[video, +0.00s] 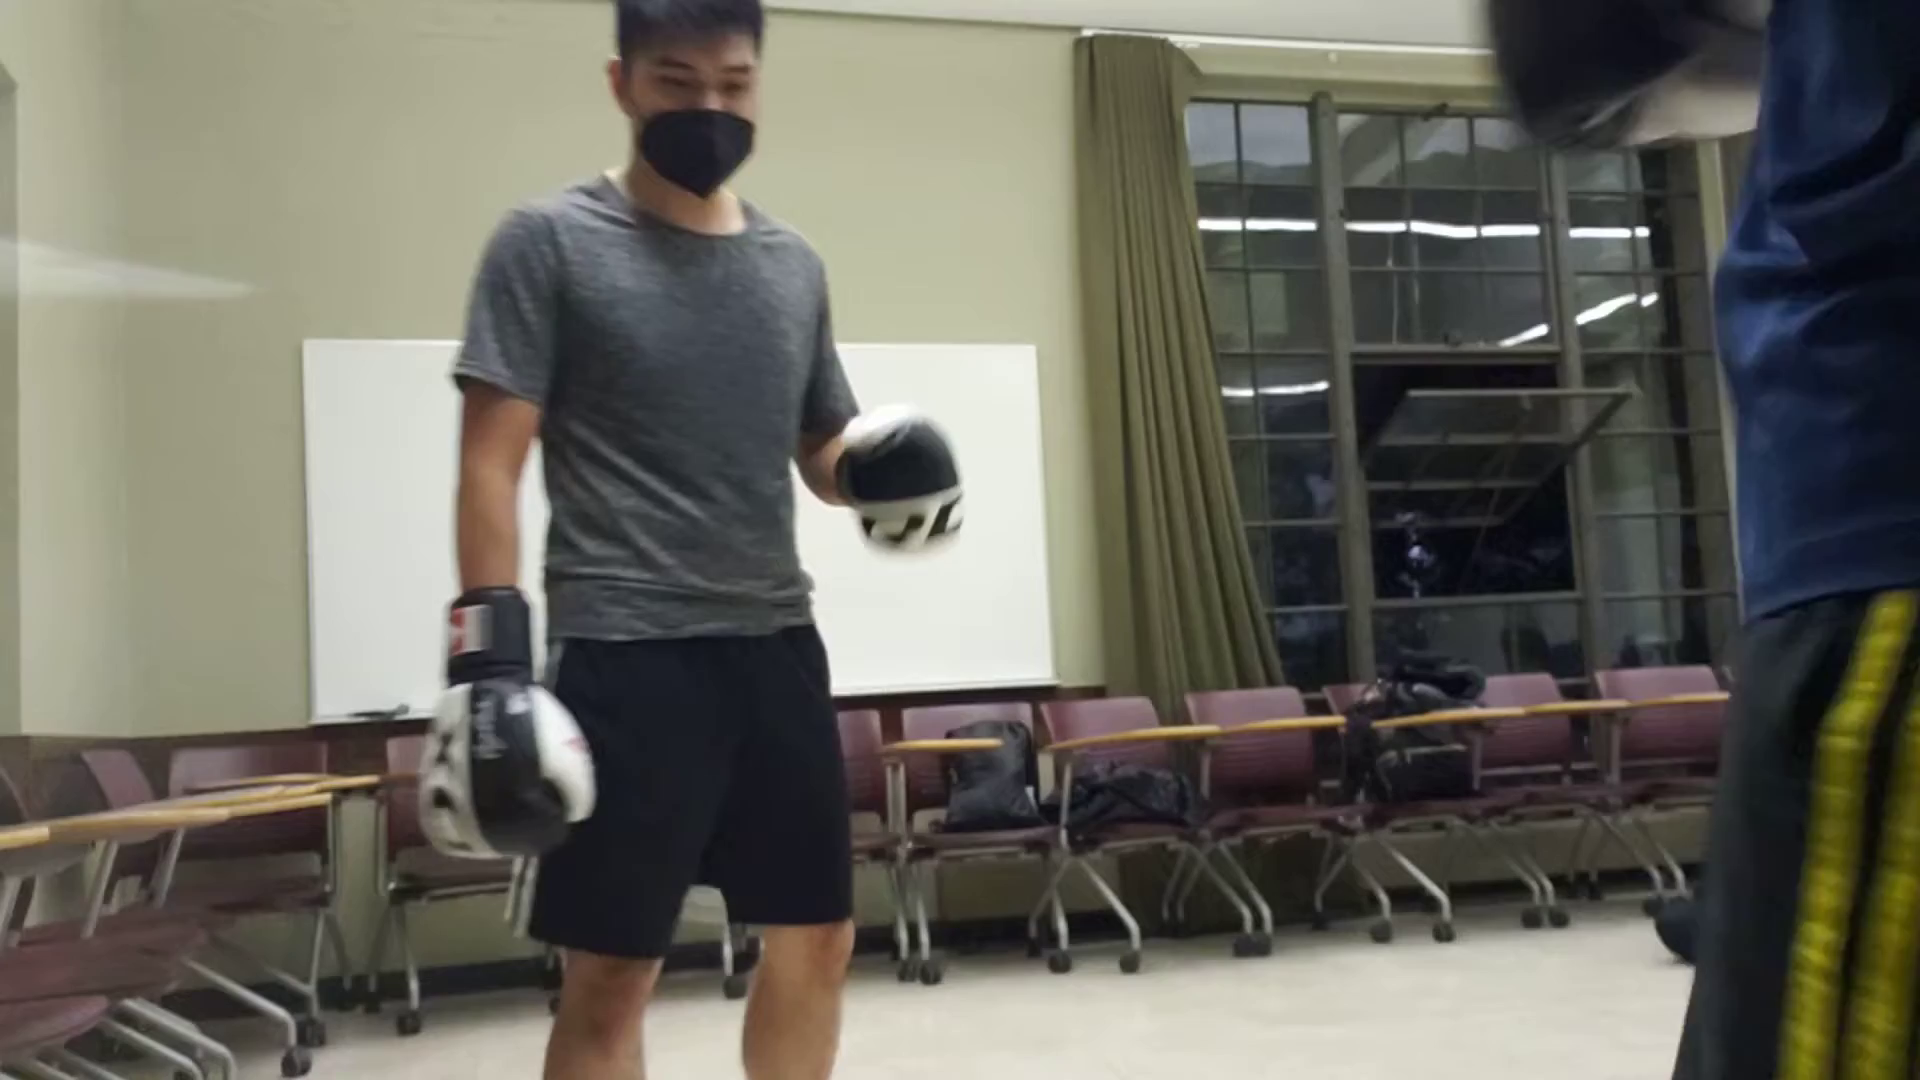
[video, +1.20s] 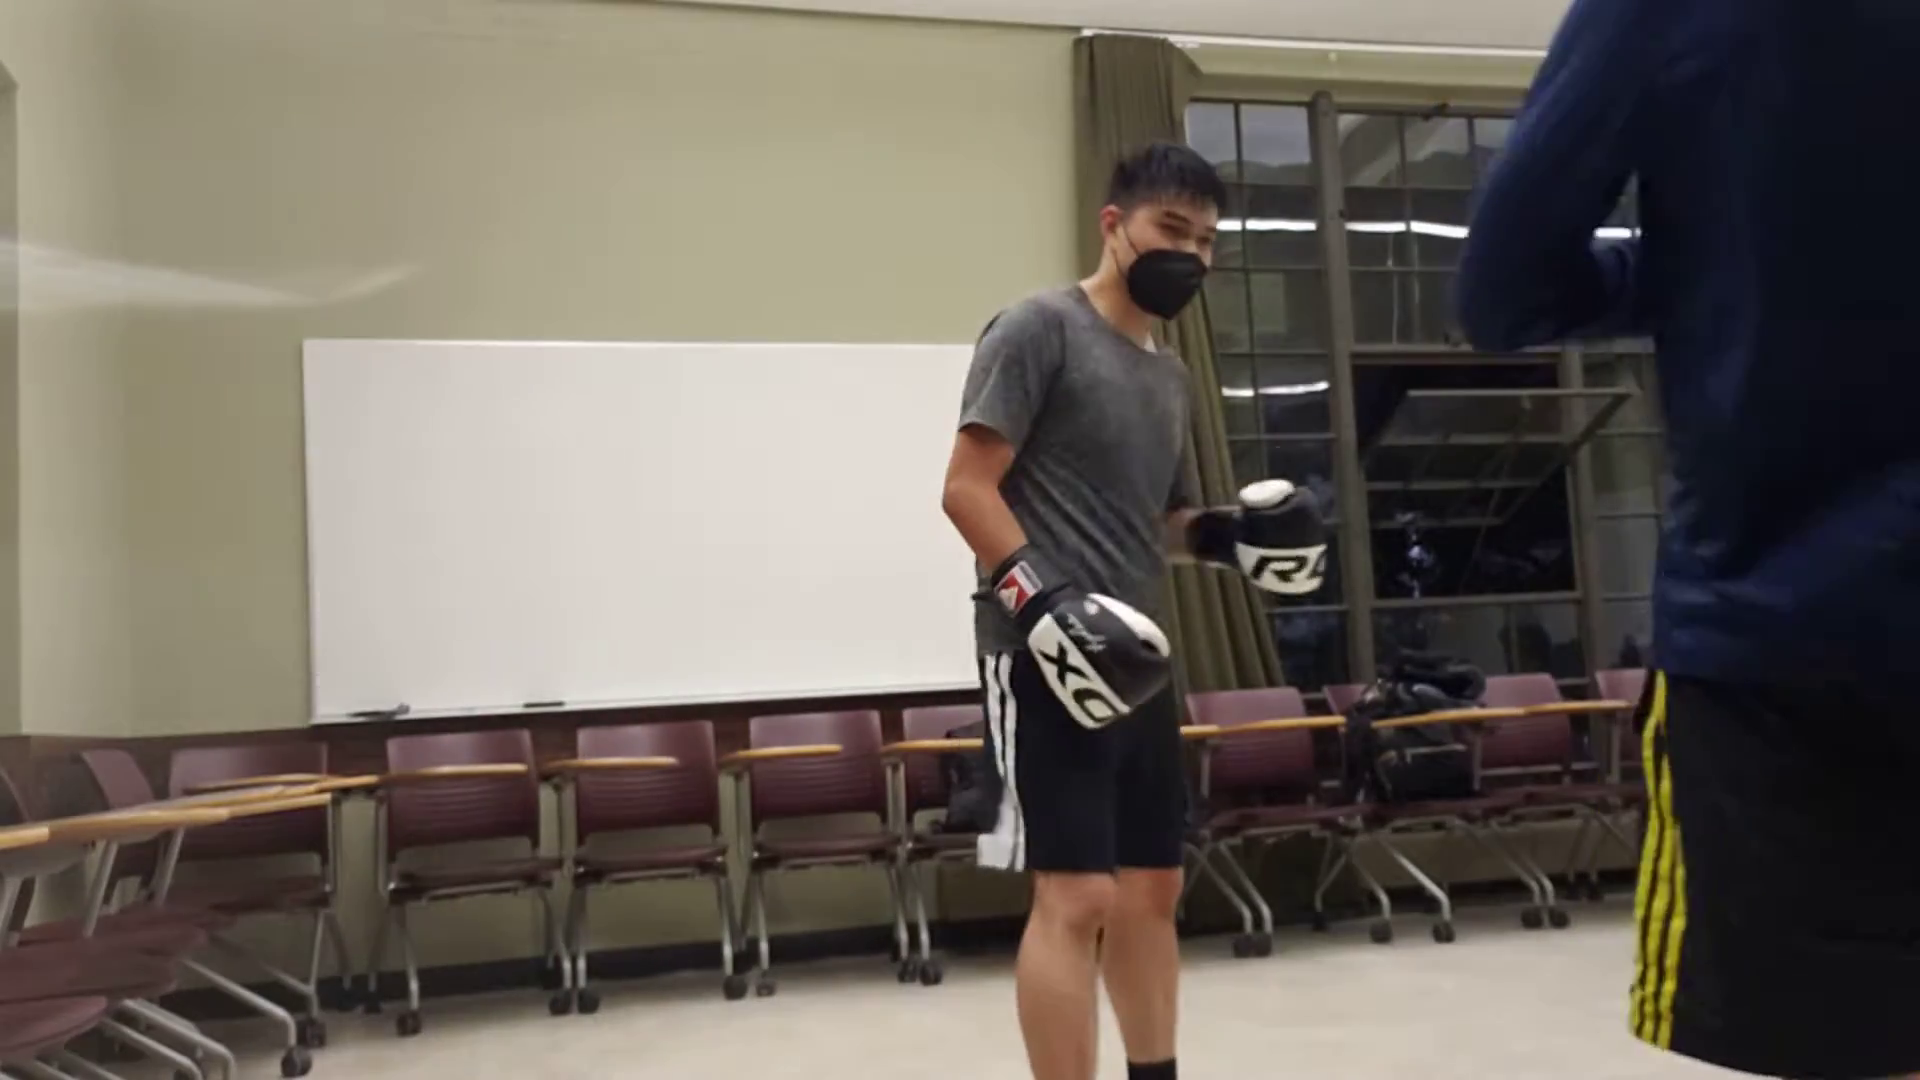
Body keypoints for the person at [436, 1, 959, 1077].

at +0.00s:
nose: (708, 109)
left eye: (734, 83)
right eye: (676, 80)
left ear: (761, 89)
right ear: (621, 80)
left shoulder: (792, 267)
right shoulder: (549, 244)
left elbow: (820, 451)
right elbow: (492, 464)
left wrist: (880, 470)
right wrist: (490, 671)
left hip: (776, 654)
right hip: (624, 659)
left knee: (815, 943)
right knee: (609, 987)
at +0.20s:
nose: (815, 154)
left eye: (838, 129)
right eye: (786, 126)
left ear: (862, 130)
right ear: (730, 120)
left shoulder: (867, 296)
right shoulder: (655, 268)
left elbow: (903, 494)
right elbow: (578, 468)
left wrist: (942, 424)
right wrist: (622, 636)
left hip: (837, 657)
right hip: (708, 653)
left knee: (815, 953)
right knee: (684, 971)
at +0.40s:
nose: (913, 178)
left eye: (936, 156)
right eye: (888, 150)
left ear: (957, 158)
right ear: (831, 141)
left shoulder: (947, 313)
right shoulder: (750, 278)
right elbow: (687, 465)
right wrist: (754, 587)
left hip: (900, 642)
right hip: (795, 632)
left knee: (856, 931)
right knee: (841, 925)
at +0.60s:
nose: (1006, 181)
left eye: (1024, 160)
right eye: (980, 155)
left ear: (1039, 164)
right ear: (917, 151)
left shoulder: (1002, 318)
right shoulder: (854, 283)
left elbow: (1010, 496)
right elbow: (802, 475)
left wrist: (1073, 463)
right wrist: (878, 625)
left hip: (967, 640)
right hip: (887, 636)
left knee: (898, 930)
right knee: (982, 924)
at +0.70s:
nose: (1056, 196)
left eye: (1072, 176)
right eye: (1032, 169)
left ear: (1084, 181)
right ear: (964, 166)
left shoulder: (1019, 318)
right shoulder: (914, 296)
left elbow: (993, 480)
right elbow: (873, 490)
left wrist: (1076, 501)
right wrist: (938, 656)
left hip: (1016, 644)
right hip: (953, 648)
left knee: (1026, 923)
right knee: (1026, 927)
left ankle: (900, 1070)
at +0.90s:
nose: (1132, 203)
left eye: (1143, 182)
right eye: (1111, 174)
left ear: (1147, 180)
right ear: (1044, 169)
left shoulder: (1053, 295)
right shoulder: (1001, 281)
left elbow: (1028, 466)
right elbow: (971, 471)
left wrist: (1116, 498)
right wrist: (1034, 625)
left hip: (1060, 627)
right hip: (998, 634)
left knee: (1149, 848)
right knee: (1047, 904)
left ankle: (1058, 1061)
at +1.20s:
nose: (1189, 251)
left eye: (1204, 238)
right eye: (1170, 226)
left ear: (1211, 250)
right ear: (1114, 225)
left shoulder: (1167, 376)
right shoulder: (1040, 328)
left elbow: (1151, 527)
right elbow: (967, 488)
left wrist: (1228, 533)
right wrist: (1040, 602)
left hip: (1139, 653)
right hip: (1047, 651)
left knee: (1149, 893)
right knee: (1074, 901)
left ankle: (1152, 1077)